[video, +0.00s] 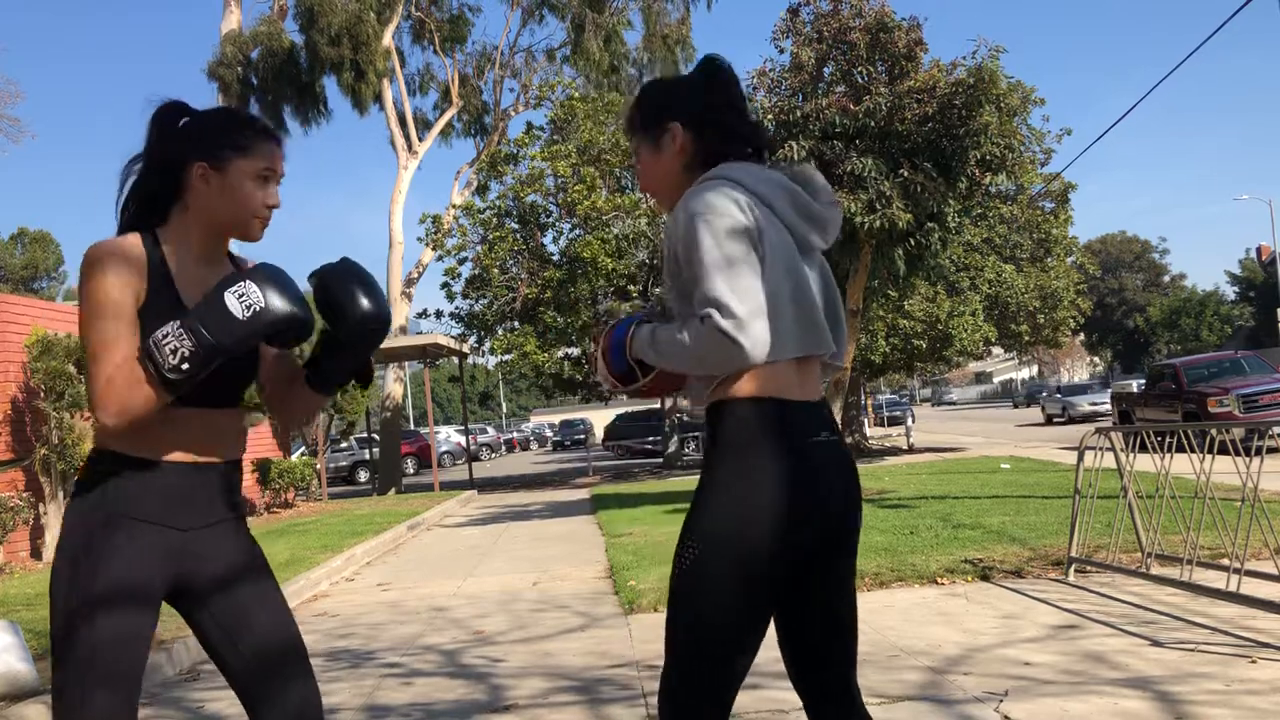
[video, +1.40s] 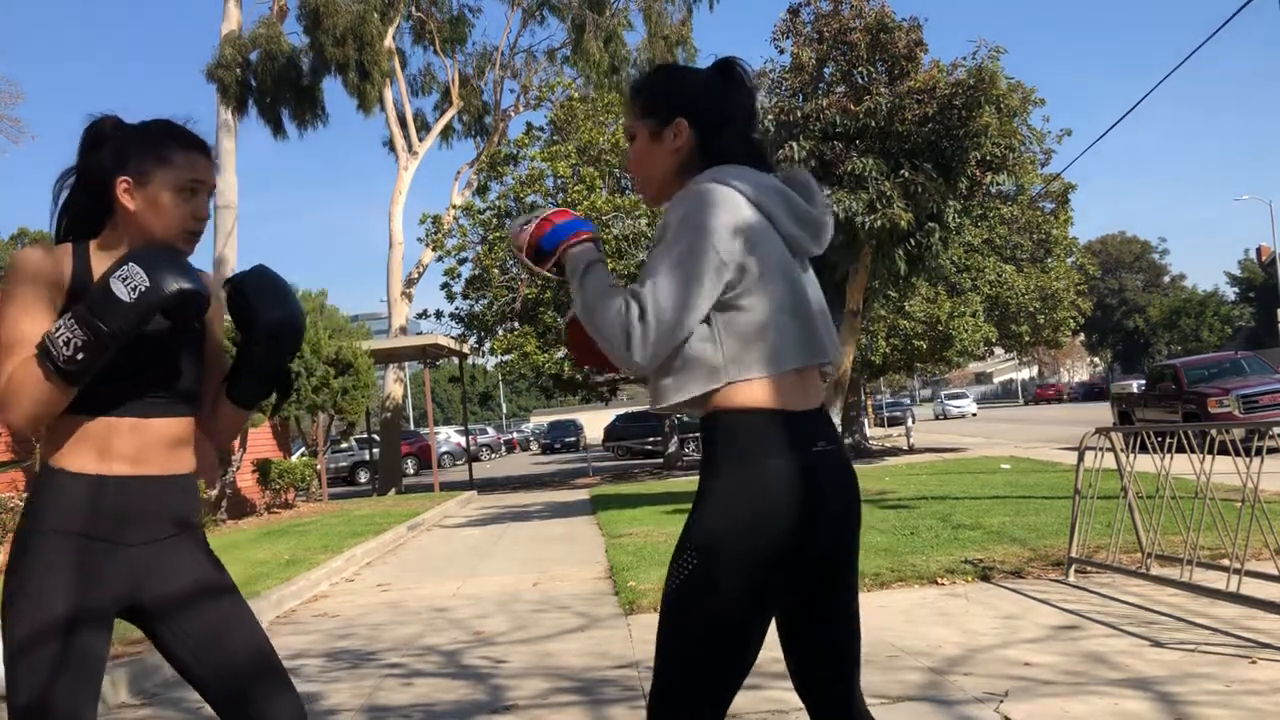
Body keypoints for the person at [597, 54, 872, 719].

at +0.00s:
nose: (638, 176)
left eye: (639, 155)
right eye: (634, 159)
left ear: (677, 139)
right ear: (690, 134)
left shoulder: (710, 205)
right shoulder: (779, 203)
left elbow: (735, 336)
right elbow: (821, 348)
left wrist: (636, 339)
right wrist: (687, 374)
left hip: (751, 467)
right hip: (821, 461)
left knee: (691, 700)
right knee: (833, 693)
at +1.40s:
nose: (626, 160)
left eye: (632, 140)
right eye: (627, 142)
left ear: (676, 135)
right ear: (679, 136)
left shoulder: (708, 203)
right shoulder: (765, 202)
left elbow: (639, 343)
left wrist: (577, 252)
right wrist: (623, 353)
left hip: (750, 477)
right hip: (820, 469)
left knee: (682, 704)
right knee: (836, 697)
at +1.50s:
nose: (639, 164)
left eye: (645, 144)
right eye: (639, 147)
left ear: (690, 137)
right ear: (693, 135)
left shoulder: (724, 206)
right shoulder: (783, 206)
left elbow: (621, 325)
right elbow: (740, 345)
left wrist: (594, 213)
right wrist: (629, 346)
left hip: (757, 478)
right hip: (826, 471)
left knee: (686, 705)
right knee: (838, 701)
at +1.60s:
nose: (657, 166)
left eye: (662, 146)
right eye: (655, 149)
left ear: (707, 137)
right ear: (714, 136)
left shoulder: (738, 205)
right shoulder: (795, 206)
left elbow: (622, 298)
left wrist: (621, 191)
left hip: (766, 472)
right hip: (832, 468)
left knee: (698, 702)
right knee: (839, 695)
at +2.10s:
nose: (651, 176)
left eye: (656, 154)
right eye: (649, 158)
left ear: (691, 146)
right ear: (739, 143)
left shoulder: (721, 202)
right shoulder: (793, 206)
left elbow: (582, 243)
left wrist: (630, 140)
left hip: (753, 483)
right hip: (827, 477)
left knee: (678, 705)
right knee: (836, 698)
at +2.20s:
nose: (629, 187)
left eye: (629, 166)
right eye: (624, 169)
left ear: (665, 146)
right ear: (694, 139)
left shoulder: (699, 202)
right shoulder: (778, 207)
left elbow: (567, 283)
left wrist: (572, 165)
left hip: (746, 473)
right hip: (822, 469)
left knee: (679, 703)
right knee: (840, 697)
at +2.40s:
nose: (633, 193)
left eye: (631, 172)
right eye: (626, 177)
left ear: (670, 148)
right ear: (676, 146)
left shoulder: (712, 203)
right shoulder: (785, 211)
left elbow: (653, 327)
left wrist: (583, 241)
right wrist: (595, 268)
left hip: (750, 479)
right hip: (825, 474)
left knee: (678, 704)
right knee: (835, 696)